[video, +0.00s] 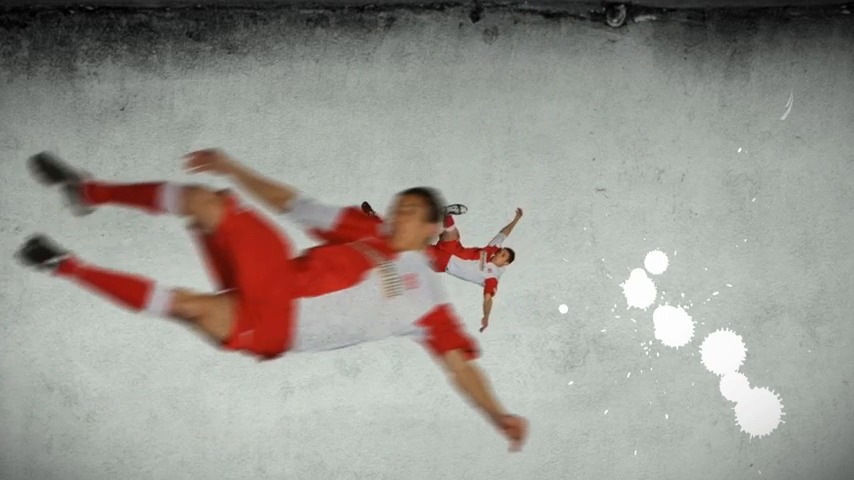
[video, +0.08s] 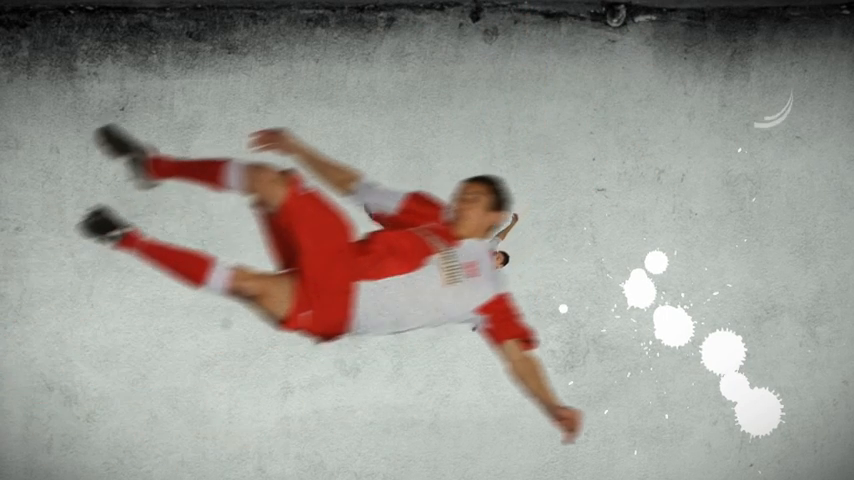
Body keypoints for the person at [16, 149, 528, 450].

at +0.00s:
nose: (393, 221)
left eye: (406, 217)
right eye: (394, 213)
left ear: (432, 231)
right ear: (393, 217)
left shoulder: (430, 303)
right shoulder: (364, 227)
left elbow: (463, 368)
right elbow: (293, 205)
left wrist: (500, 417)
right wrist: (229, 167)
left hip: (276, 328)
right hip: (271, 272)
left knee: (192, 304)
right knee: (206, 198)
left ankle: (65, 266)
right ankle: (87, 193)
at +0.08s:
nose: (457, 211)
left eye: (470, 206)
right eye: (458, 202)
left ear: (500, 222)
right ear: (456, 206)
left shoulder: (490, 296)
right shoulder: (429, 214)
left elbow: (522, 359)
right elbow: (357, 187)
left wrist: (554, 408)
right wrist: (296, 148)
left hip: (333, 311)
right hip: (334, 252)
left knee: (249, 281)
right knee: (267, 175)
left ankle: (126, 240)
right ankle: (153, 167)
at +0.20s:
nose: (555, 189)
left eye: (569, 188)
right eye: (557, 180)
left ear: (588, 205)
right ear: (552, 181)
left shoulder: (576, 270)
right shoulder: (522, 190)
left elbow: (605, 341)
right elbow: (451, 161)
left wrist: (635, 393)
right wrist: (396, 118)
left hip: (424, 283)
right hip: (426, 224)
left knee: (339, 249)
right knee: (363, 143)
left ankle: (218, 199)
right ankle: (249, 127)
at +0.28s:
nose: (619, 173)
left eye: (633, 173)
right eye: (622, 164)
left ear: (651, 195)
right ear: (617, 168)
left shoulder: (635, 260)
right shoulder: (584, 174)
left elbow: (662, 331)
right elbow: (514, 142)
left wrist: (691, 384)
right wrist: (464, 100)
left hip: (483, 264)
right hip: (490, 205)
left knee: (400, 227)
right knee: (427, 124)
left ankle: (283, 172)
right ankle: (315, 102)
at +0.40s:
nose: (691, 172)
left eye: (705, 171)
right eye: (692, 164)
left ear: (723, 193)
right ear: (686, 168)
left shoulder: (704, 262)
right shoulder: (655, 171)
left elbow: (724, 331)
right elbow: (589, 135)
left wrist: (750, 387)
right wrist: (539, 85)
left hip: (551, 250)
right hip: (562, 190)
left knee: (466, 209)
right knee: (507, 113)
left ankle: (355, 147)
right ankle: (395, 82)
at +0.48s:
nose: (732, 175)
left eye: (746, 174)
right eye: (735, 167)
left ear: (764, 194)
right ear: (729, 172)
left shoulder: (744, 264)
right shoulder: (698, 174)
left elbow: (759, 335)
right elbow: (636, 134)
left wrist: (782, 390)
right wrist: (586, 83)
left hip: (588, 247)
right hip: (606, 187)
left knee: (507, 201)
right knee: (553, 107)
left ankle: (400, 136)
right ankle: (444, 72)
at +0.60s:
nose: (797, 177)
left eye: (810, 177)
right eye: (800, 169)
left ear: (828, 198)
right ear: (795, 173)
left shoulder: (803, 265)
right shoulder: (766, 177)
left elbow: (814, 337)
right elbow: (703, 131)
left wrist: (833, 397)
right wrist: (656, 78)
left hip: (648, 241)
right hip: (668, 183)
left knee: (569, 191)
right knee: (619, 99)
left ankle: (468, 119)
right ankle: (512, 54)